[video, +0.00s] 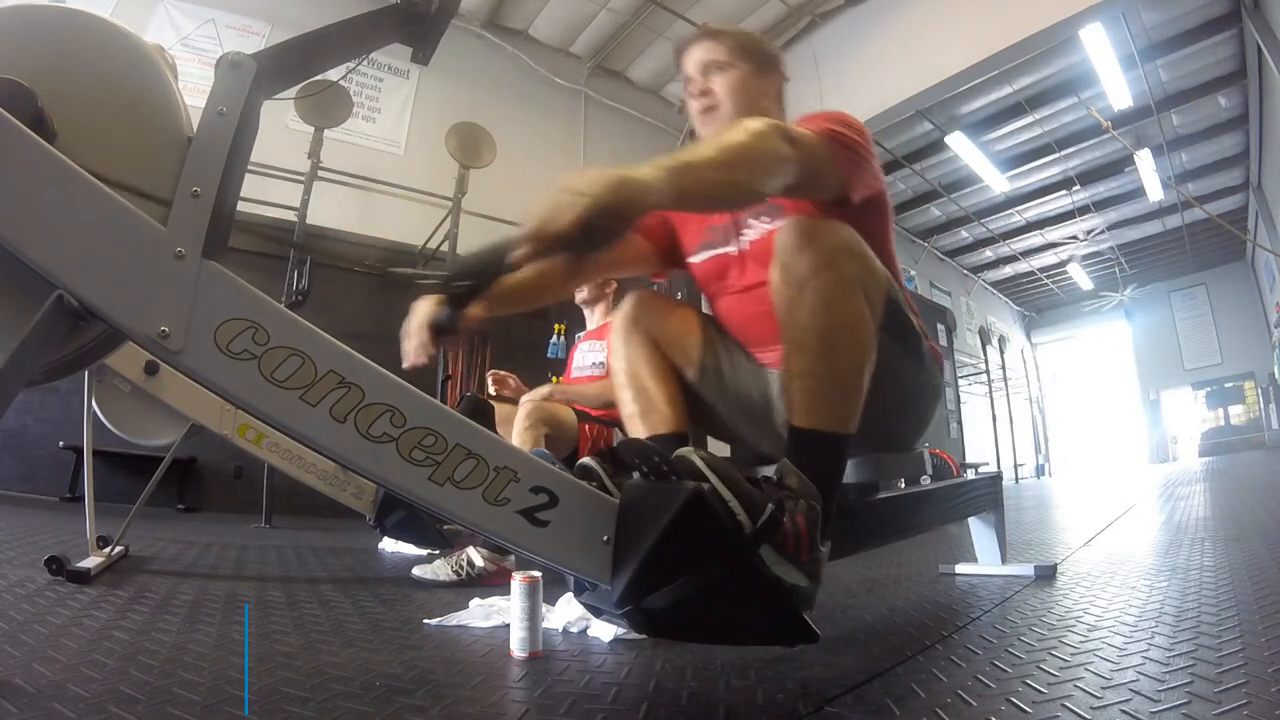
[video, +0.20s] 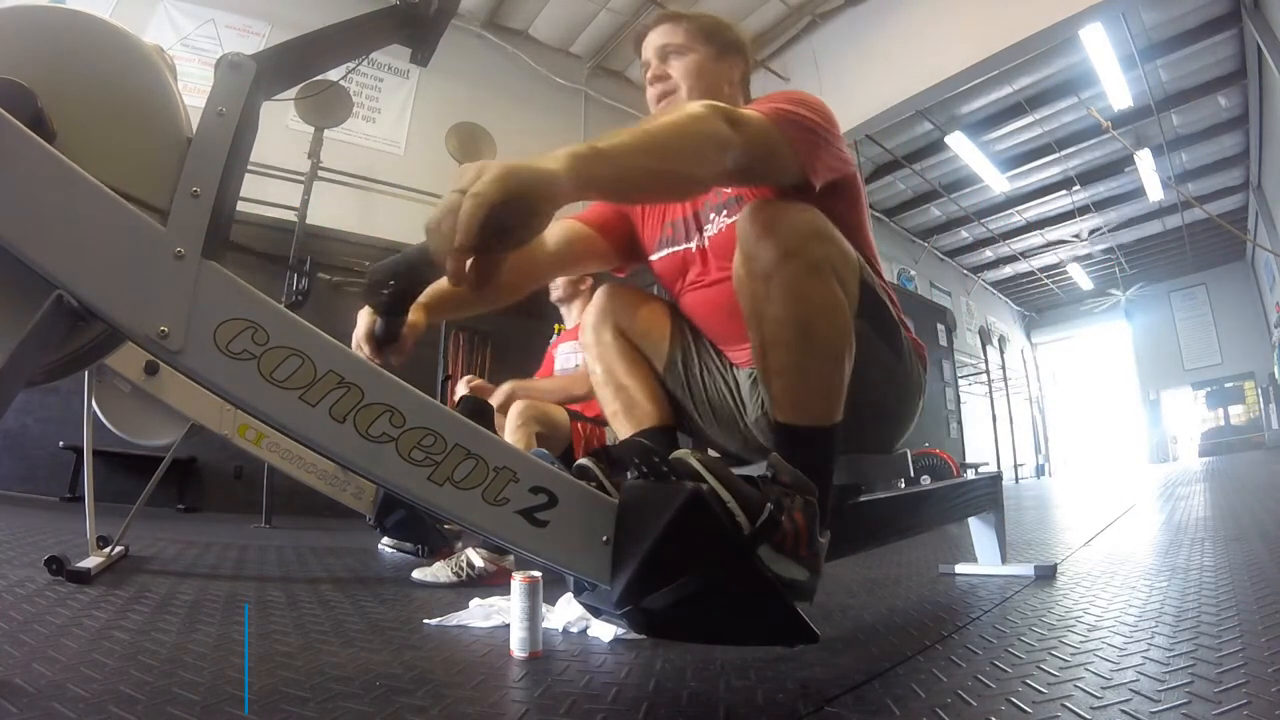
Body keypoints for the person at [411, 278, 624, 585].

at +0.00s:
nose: (578, 281)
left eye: (588, 275)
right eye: (579, 276)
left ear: (611, 285)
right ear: (573, 284)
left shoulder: (623, 326)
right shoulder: (583, 341)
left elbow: (617, 391)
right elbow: (573, 395)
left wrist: (554, 390)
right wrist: (526, 394)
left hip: (610, 428)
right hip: (573, 424)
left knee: (535, 413)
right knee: (477, 412)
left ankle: (500, 551)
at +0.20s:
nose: (553, 277)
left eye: (563, 272)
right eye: (555, 272)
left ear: (586, 282)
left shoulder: (598, 321)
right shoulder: (561, 336)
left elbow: (586, 384)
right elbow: (541, 389)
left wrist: (514, 388)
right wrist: (490, 392)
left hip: (602, 428)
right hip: (562, 422)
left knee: (525, 413)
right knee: (479, 408)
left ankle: (496, 551)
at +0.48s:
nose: (510, 285)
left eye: (515, 276)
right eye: (510, 278)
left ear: (537, 281)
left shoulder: (572, 320)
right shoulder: (521, 342)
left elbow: (550, 387)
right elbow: (494, 396)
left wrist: (481, 403)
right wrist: (454, 404)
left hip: (586, 430)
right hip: (532, 425)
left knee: (505, 410)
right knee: (468, 411)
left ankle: (493, 549)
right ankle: (435, 534)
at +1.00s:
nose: (461, 273)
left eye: (469, 265)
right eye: (462, 267)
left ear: (499, 272)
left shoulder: (525, 310)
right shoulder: (478, 335)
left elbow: (510, 382)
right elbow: (457, 389)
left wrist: (448, 398)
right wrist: (415, 405)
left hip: (559, 429)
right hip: (509, 426)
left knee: (474, 405)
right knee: (428, 413)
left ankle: (488, 553)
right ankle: (422, 536)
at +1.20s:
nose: (455, 272)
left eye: (463, 264)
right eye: (456, 265)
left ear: (493, 271)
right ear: (484, 274)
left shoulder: (519, 309)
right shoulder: (471, 334)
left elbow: (505, 383)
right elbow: (452, 390)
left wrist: (442, 398)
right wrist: (412, 404)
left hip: (553, 428)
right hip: (504, 425)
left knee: (472, 404)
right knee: (425, 411)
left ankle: (488, 553)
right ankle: (417, 535)